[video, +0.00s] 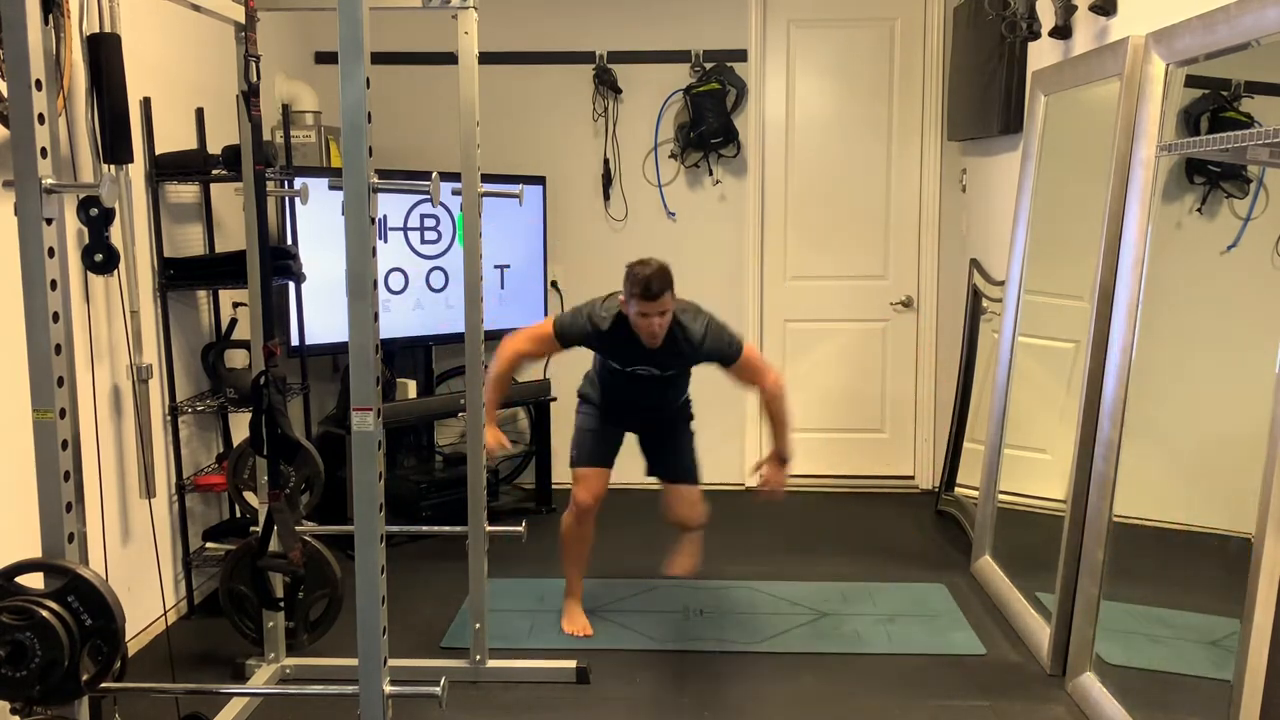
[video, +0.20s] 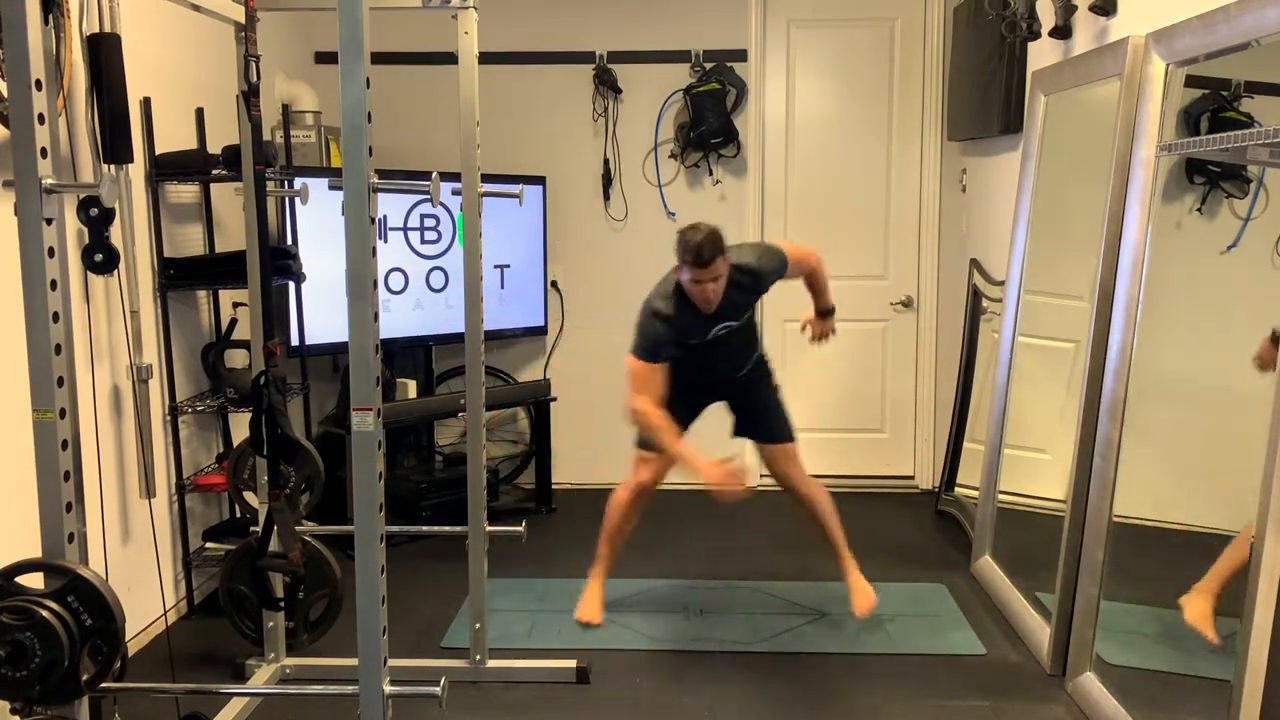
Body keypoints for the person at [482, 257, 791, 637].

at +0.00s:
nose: (657, 324)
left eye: (664, 313)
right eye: (646, 315)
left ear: (673, 302)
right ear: (625, 304)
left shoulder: (697, 328)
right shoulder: (598, 319)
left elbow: (770, 381)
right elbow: (513, 347)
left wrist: (780, 454)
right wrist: (489, 419)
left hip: (666, 411)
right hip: (604, 407)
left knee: (687, 514)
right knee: (585, 501)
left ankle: (692, 530)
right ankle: (573, 601)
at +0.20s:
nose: (708, 292)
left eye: (715, 280)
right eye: (698, 283)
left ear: (727, 267)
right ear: (680, 273)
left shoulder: (751, 267)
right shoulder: (660, 311)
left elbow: (810, 264)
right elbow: (641, 404)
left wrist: (824, 311)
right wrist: (702, 468)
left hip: (746, 374)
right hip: (683, 386)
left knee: (791, 475)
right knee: (642, 480)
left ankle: (851, 571)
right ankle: (596, 579)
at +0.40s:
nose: (787, 309)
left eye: (794, 297)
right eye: (775, 299)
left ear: (804, 284)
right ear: (754, 289)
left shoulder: (815, 285)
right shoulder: (741, 342)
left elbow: (814, 259)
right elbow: (815, 416)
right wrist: (870, 360)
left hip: (816, 392)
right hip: (761, 411)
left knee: (843, 505)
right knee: (781, 516)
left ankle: (879, 597)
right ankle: (803, 501)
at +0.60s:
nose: (817, 331)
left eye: (825, 318)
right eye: (804, 321)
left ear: (834, 305)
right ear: (784, 310)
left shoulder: (839, 304)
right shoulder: (769, 361)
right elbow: (850, 424)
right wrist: (879, 348)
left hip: (838, 406)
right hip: (793, 433)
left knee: (857, 509)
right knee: (849, 497)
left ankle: (881, 597)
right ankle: (896, 502)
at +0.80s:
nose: (794, 314)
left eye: (803, 303)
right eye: (784, 304)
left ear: (816, 290)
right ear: (766, 290)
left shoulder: (838, 313)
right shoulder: (740, 327)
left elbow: (897, 354)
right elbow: (741, 413)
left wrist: (924, 414)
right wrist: (818, 439)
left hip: (824, 404)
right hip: (767, 408)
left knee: (846, 506)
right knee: (762, 516)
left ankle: (882, 598)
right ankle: (802, 512)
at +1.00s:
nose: (738, 289)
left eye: (748, 278)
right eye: (729, 279)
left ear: (763, 265)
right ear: (713, 266)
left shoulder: (786, 293)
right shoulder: (684, 279)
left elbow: (845, 364)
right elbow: (625, 308)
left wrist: (824, 442)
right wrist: (589, 349)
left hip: (758, 388)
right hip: (690, 383)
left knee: (807, 484)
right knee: (647, 480)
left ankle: (862, 587)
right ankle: (599, 573)